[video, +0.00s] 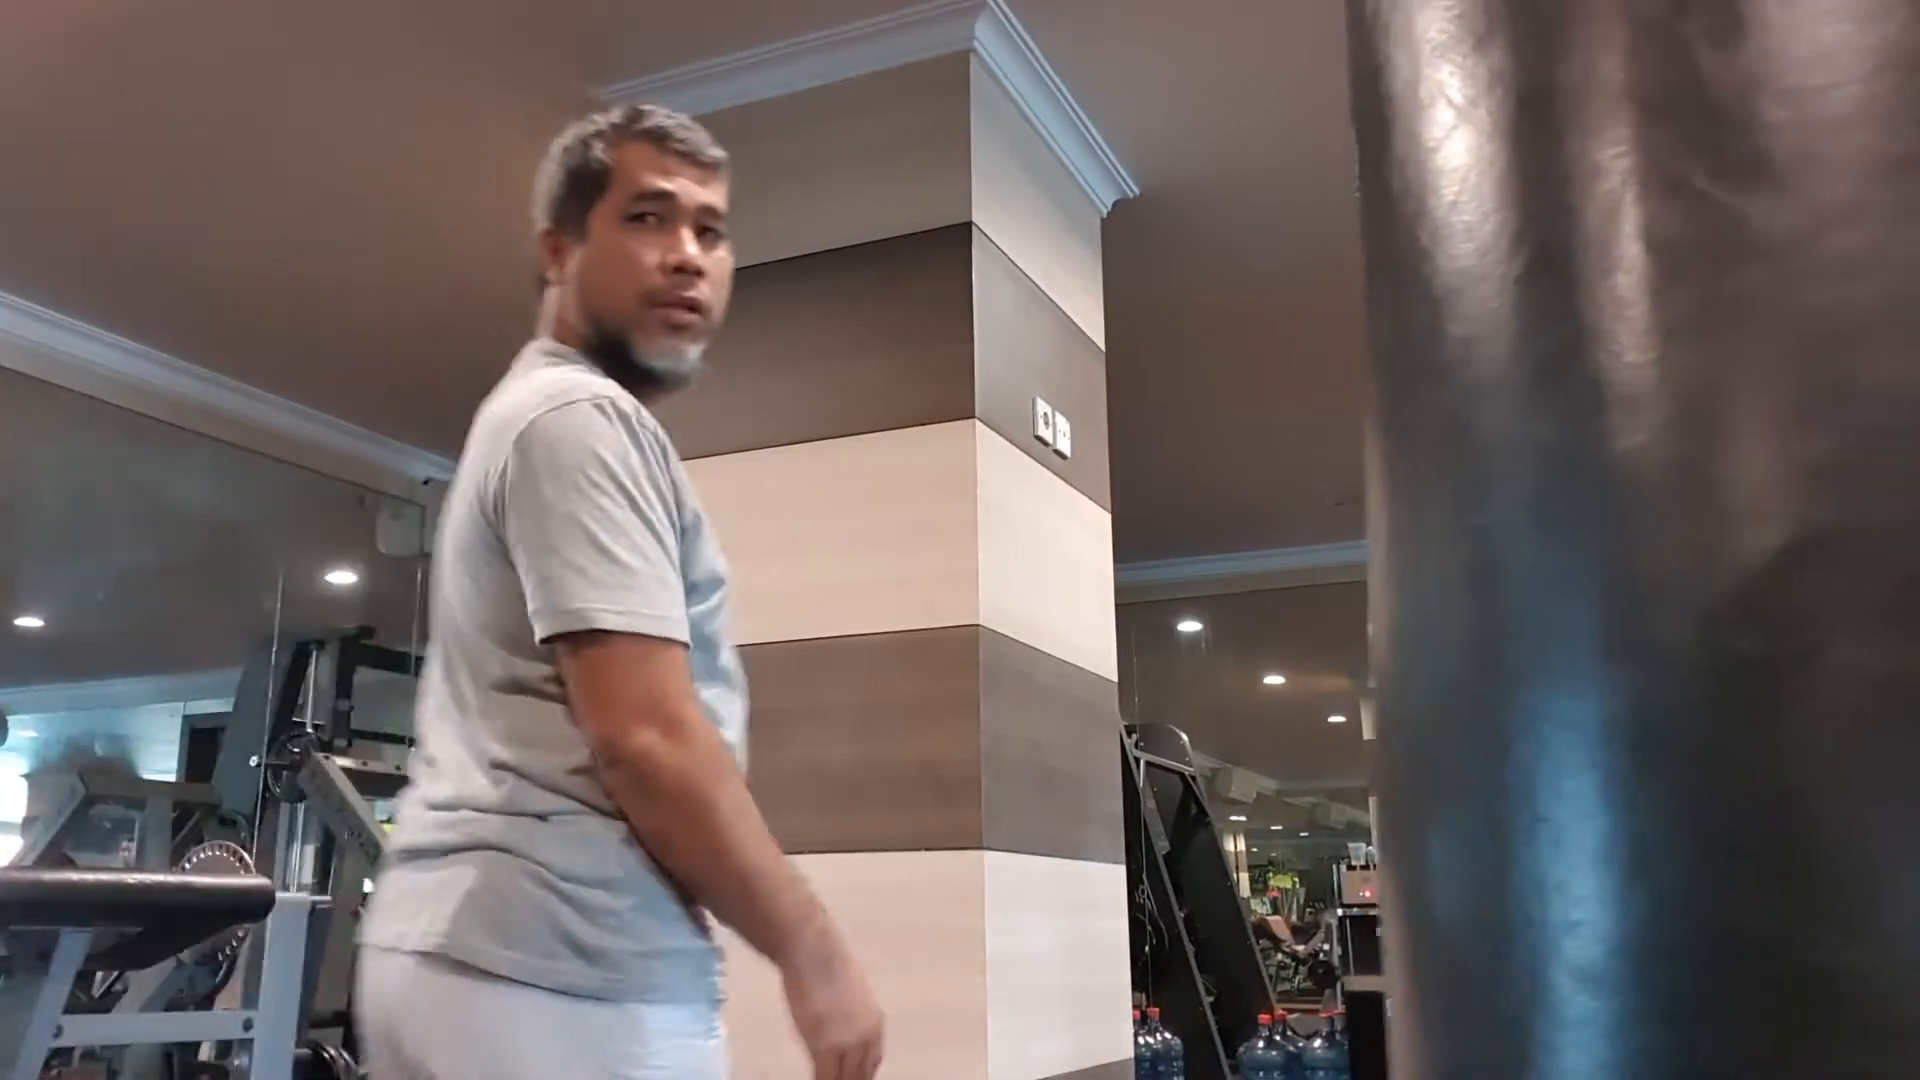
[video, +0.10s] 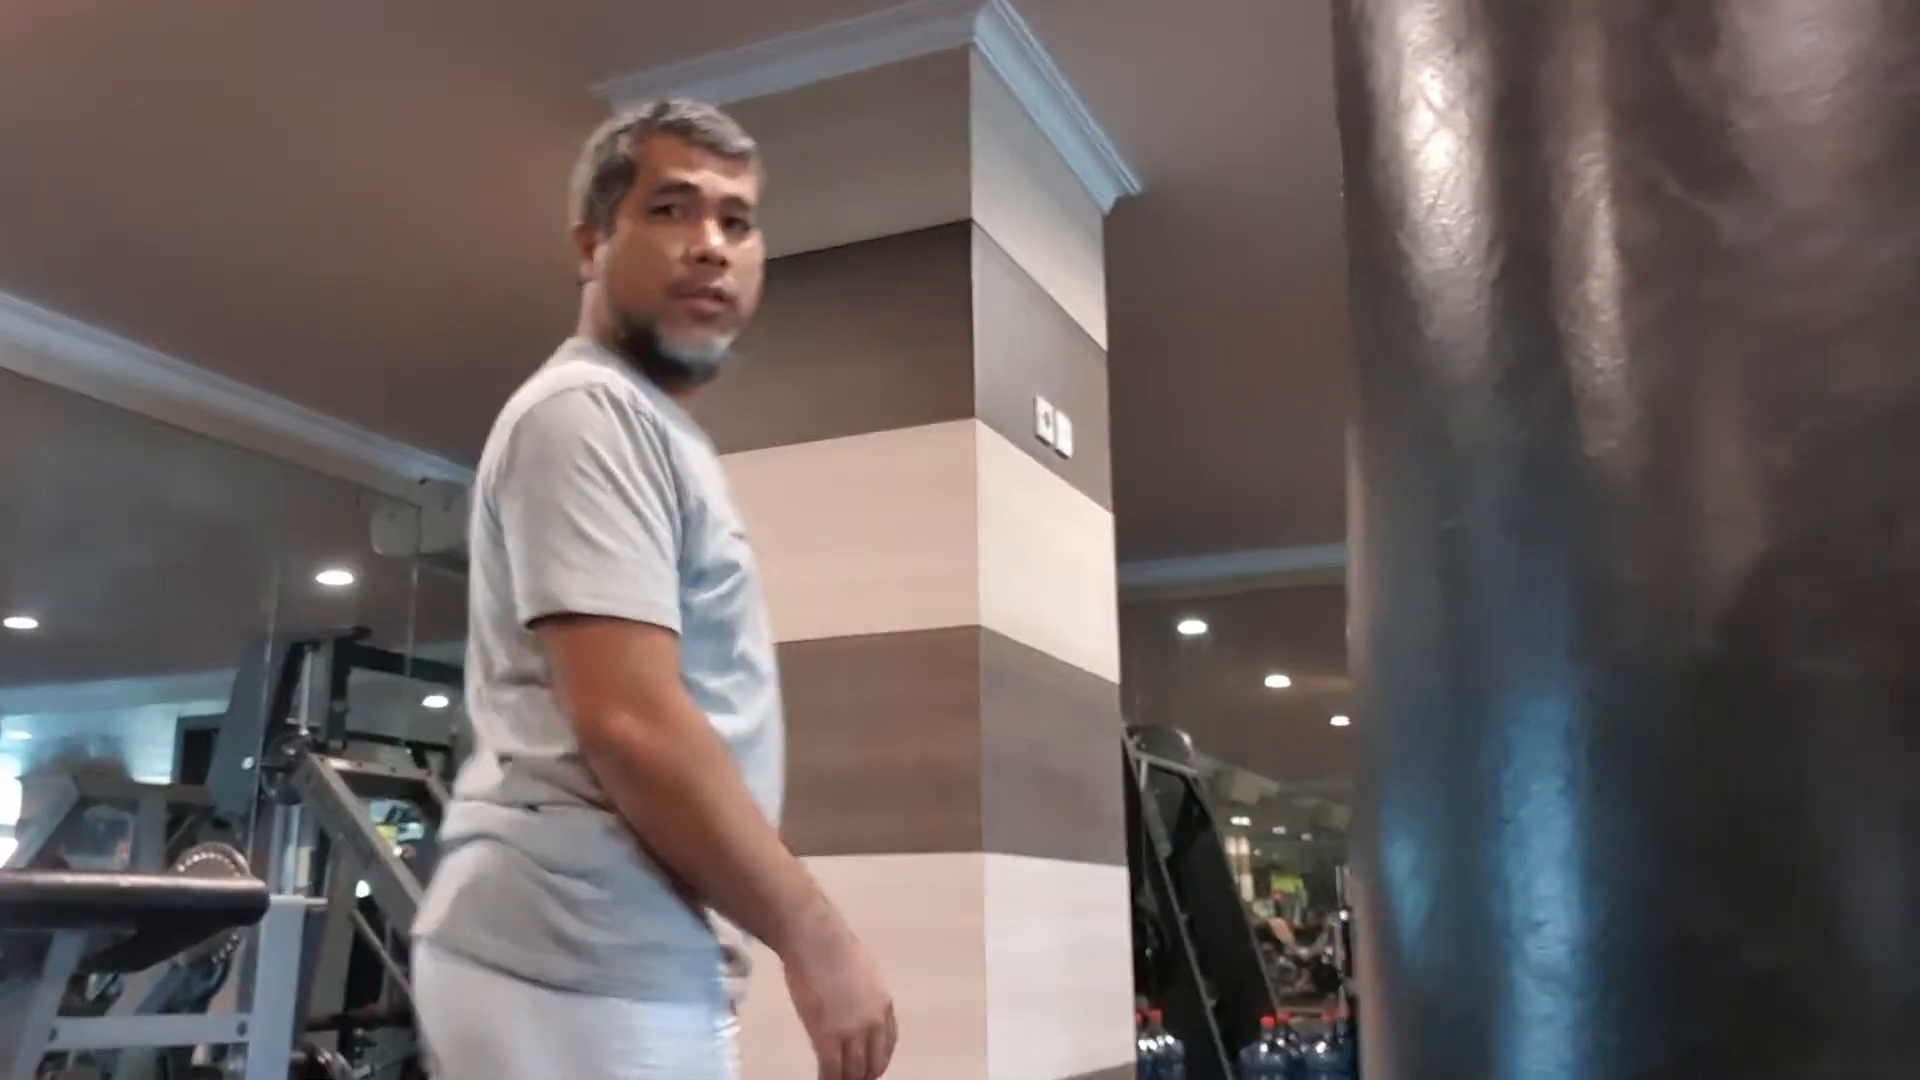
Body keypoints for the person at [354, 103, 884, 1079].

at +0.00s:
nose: (690, 258)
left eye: (710, 230)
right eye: (648, 219)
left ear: (729, 260)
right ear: (560, 249)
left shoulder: (534, 410)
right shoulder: (578, 419)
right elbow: (645, 742)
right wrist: (815, 956)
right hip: (561, 982)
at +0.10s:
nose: (711, 248)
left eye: (736, 221)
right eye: (671, 211)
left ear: (760, 254)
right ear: (593, 242)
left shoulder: (647, 426)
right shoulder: (582, 414)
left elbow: (640, 717)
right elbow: (628, 722)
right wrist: (816, 940)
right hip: (573, 959)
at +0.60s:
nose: (835, 259)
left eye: (871, 235)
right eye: (802, 231)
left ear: (919, 280)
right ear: (753, 272)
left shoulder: (963, 497)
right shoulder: (665, 454)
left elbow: (1030, 719)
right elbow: (547, 703)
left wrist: (1146, 879)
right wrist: (436, 959)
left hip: (910, 958)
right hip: (714, 937)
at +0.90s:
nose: (849, 221)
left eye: (889, 194)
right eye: (817, 193)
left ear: (946, 246)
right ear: (775, 241)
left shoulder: (1041, 444)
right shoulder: (682, 462)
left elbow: (1150, 635)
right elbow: (639, 736)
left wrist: (1163, 673)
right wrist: (612, 1001)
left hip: (969, 1002)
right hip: (726, 999)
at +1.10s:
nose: (829, 197)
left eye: (871, 166)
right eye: (793, 167)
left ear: (934, 220)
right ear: (753, 220)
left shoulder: (1048, 396)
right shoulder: (678, 462)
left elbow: (1208, 639)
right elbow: (646, 742)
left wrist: (1123, 573)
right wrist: (615, 1017)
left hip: (1028, 1009)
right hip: (751, 1014)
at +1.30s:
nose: (829, 173)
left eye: (873, 137)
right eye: (793, 139)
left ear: (942, 187)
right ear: (750, 189)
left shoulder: (1057, 375)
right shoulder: (684, 447)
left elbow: (1230, 620)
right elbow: (651, 730)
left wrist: (1115, 492)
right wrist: (591, 1005)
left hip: (1049, 988)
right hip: (754, 1003)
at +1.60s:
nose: (869, 131)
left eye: (915, 91)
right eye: (831, 93)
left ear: (985, 140)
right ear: (786, 139)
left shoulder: (1107, 347)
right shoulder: (722, 412)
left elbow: (1264, 601)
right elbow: (683, 708)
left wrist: (1165, 643)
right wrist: (640, 986)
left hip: (1055, 992)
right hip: (770, 1000)